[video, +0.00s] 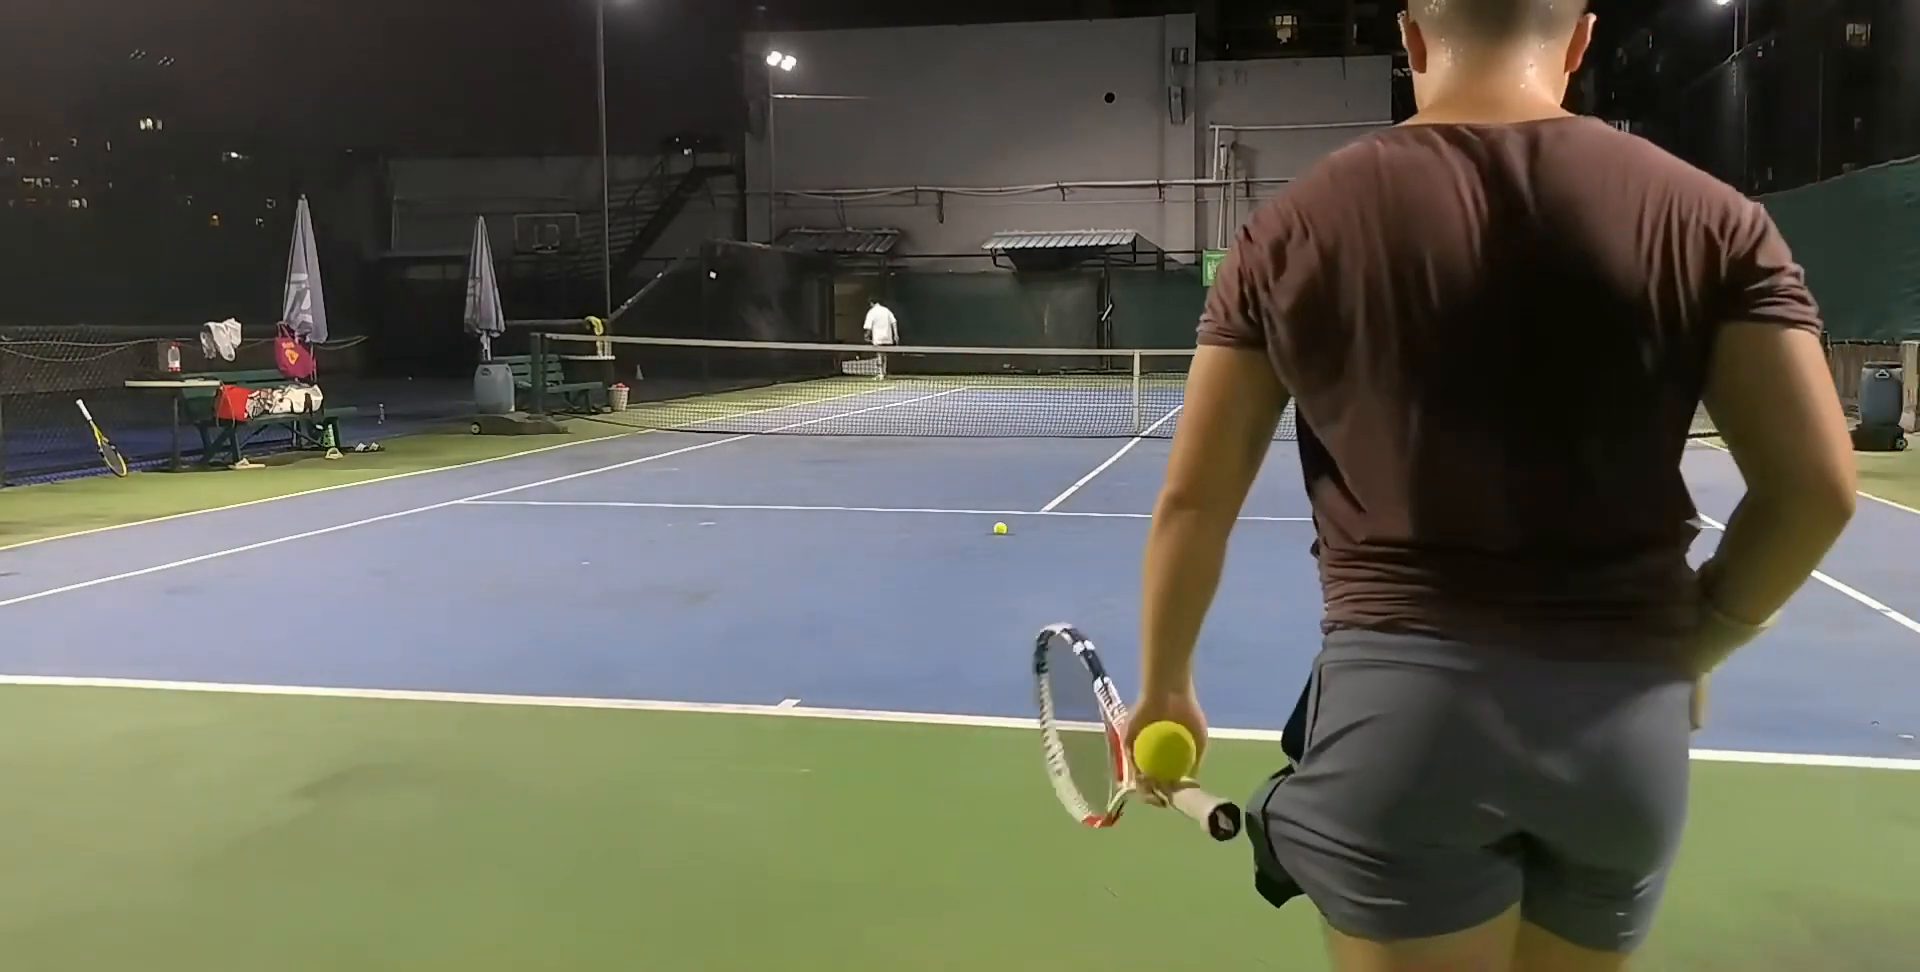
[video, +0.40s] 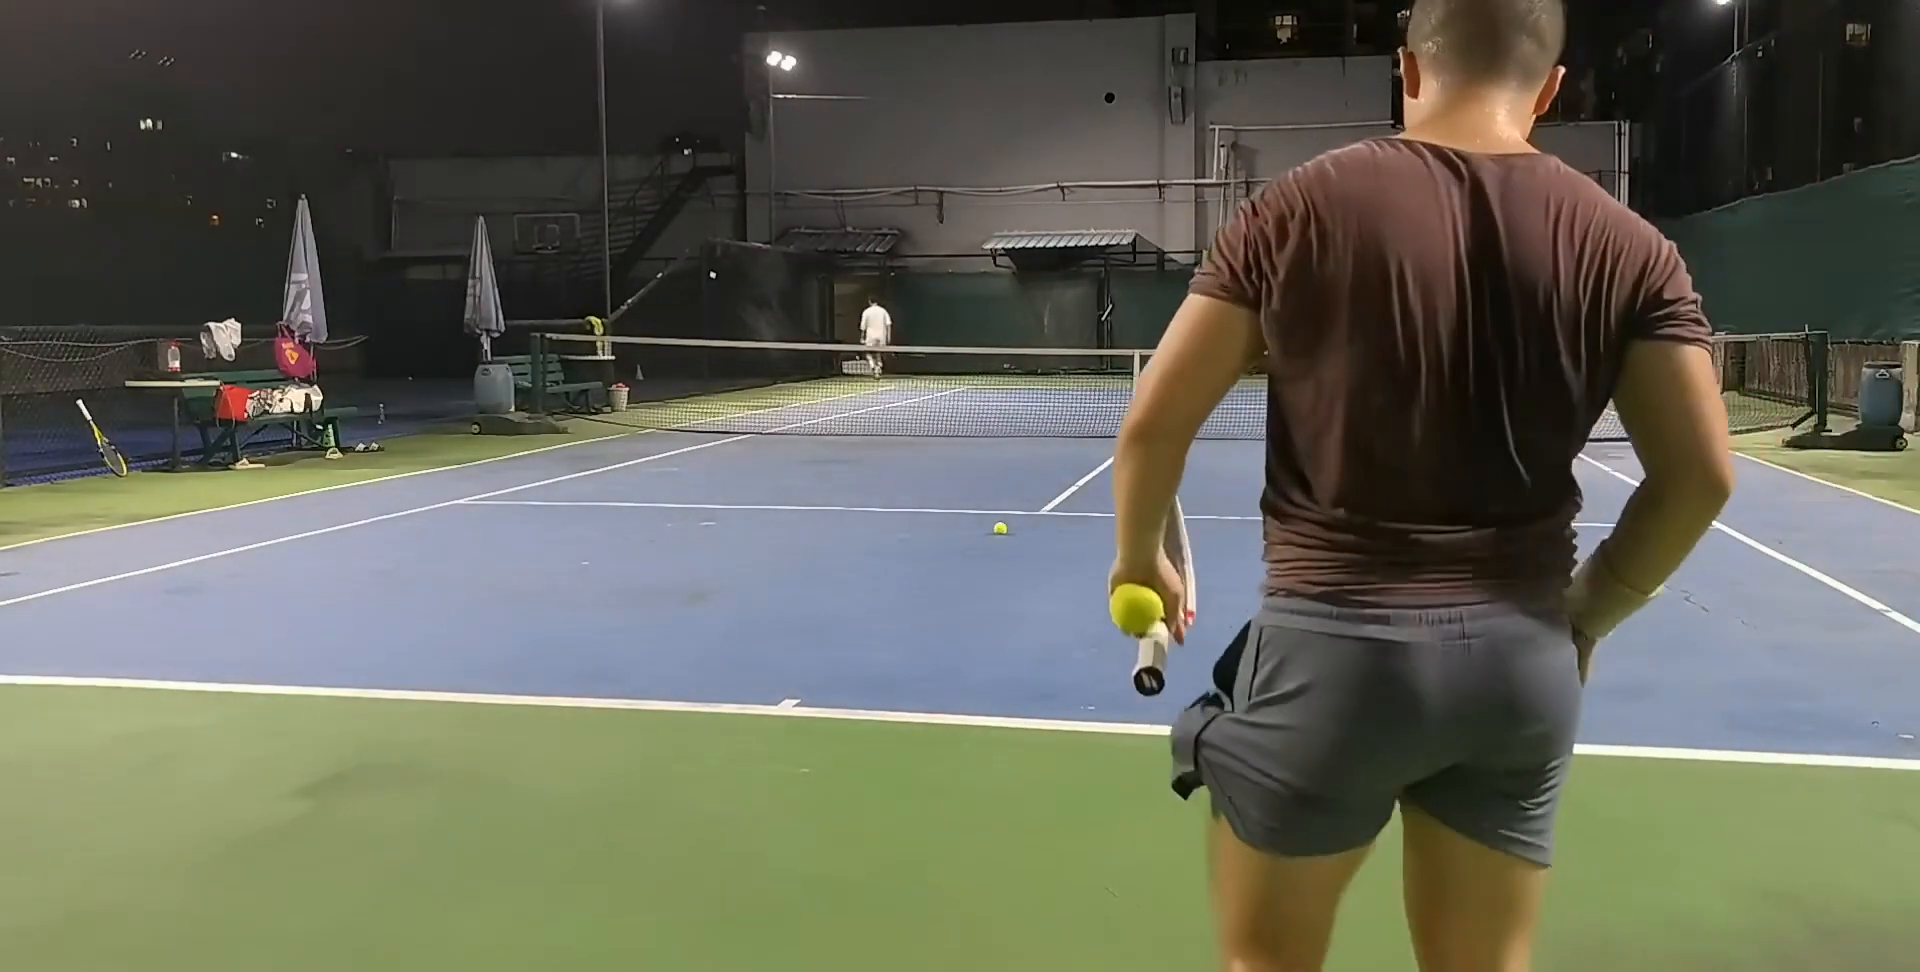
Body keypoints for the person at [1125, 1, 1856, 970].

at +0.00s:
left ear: (1413, 34)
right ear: (1578, 37)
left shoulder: (1301, 223)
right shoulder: (1705, 218)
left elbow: (1192, 502)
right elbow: (1813, 486)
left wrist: (1164, 689)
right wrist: (1692, 638)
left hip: (1391, 714)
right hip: (1624, 727)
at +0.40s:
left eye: (1399, 71)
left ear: (1410, 71)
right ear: (1549, 91)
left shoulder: (1301, 207)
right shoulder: (1622, 243)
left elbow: (1154, 423)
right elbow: (1697, 475)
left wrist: (1145, 557)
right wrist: (1585, 613)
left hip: (1326, 643)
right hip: (1519, 642)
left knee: (1267, 953)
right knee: (1483, 956)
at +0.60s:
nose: (1346, 94)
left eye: (1348, 74)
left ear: (1364, 73)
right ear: (1490, 96)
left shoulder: (1277, 207)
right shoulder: (1570, 241)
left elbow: (1124, 409)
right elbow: (1631, 455)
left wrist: (1113, 494)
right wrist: (1529, 568)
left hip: (1300, 622)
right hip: (1483, 624)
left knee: (1214, 906)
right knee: (1456, 943)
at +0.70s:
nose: (1316, 107)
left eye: (1317, 91)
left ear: (1331, 88)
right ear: (1449, 108)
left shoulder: (1244, 220)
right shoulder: (1532, 248)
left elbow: (1103, 420)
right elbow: (1604, 443)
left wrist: (1104, 473)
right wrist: (1492, 523)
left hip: (1280, 623)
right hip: (1455, 618)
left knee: (1206, 924)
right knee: (1443, 944)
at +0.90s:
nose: (1236, 126)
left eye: (1236, 109)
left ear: (1246, 105)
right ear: (1365, 121)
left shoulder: (1162, 249)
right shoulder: (1437, 259)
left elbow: (1087, 452)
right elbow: (1469, 444)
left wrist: (1115, 469)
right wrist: (1351, 470)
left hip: (1204, 613)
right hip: (1370, 614)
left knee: (1154, 890)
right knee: (1375, 912)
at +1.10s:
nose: (1171, 111)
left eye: (1170, 98)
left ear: (1176, 103)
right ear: (1291, 111)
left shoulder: (1093, 243)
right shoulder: (1360, 249)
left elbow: (1058, 440)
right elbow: (1371, 433)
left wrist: (1150, 428)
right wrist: (1267, 433)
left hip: (1148, 588)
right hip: (1296, 596)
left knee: (1140, 858)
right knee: (1296, 838)